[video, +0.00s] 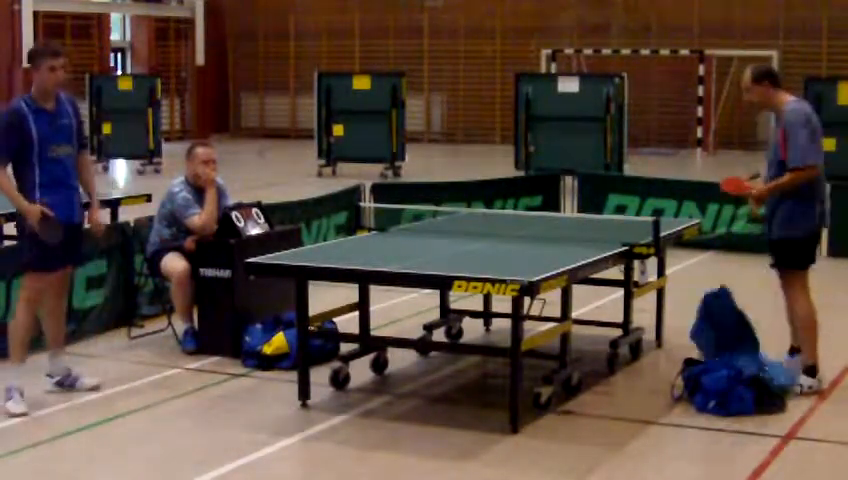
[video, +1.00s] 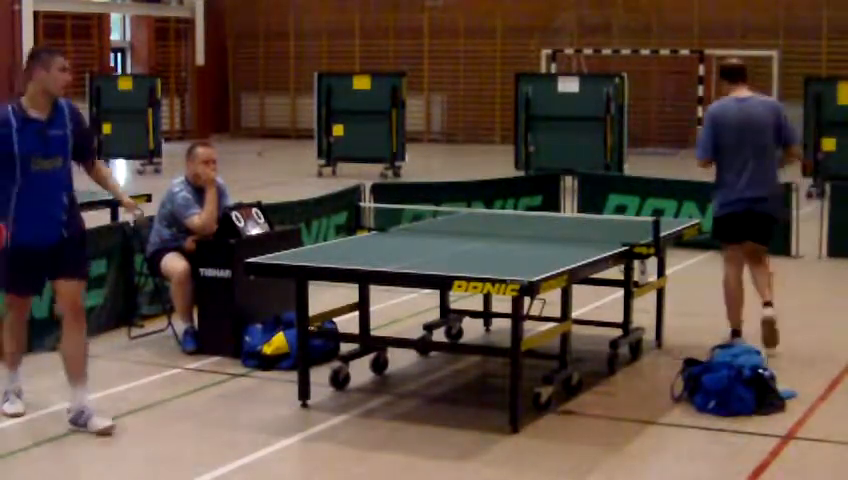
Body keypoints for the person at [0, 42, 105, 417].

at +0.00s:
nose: (59, 76)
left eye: (62, 69)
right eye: (52, 70)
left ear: (65, 72)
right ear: (33, 72)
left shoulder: (71, 108)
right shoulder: (15, 115)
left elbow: (82, 157)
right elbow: (0, 169)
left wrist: (94, 203)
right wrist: (23, 205)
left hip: (70, 214)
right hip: (38, 216)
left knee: (60, 288)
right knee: (32, 291)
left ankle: (57, 368)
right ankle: (13, 383)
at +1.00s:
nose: (68, 77)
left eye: (68, 71)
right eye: (61, 70)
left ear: (56, 76)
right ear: (36, 73)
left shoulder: (69, 115)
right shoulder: (8, 119)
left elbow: (91, 163)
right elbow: (2, 176)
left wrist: (121, 195)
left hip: (65, 229)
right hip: (19, 232)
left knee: (74, 307)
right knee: (17, 309)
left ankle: (80, 404)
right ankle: (11, 387)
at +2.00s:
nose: (179, 76)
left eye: (177, 68)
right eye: (175, 69)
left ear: (152, 70)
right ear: (162, 70)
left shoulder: (154, 115)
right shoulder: (135, 119)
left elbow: (160, 180)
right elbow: (132, 191)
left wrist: (189, 202)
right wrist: (184, 217)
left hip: (170, 240)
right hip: (147, 245)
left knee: (189, 313)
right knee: (153, 331)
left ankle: (123, 384)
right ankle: (168, 430)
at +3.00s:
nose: (289, 76)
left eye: (286, 68)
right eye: (288, 69)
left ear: (249, 69)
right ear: (282, 71)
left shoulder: (227, 109)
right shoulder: (270, 121)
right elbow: (271, 198)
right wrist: (310, 230)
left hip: (230, 240)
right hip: (262, 246)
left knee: (250, 328)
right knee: (274, 337)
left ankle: (246, 424)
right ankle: (272, 451)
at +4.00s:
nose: (242, 78)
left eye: (241, 70)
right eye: (241, 71)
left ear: (199, 68)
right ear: (229, 71)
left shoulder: (168, 115)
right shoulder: (227, 122)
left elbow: (156, 174)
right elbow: (239, 196)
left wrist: (184, 222)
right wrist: (283, 226)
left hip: (186, 251)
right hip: (235, 252)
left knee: (179, 342)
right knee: (263, 338)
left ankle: (176, 455)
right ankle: (271, 448)